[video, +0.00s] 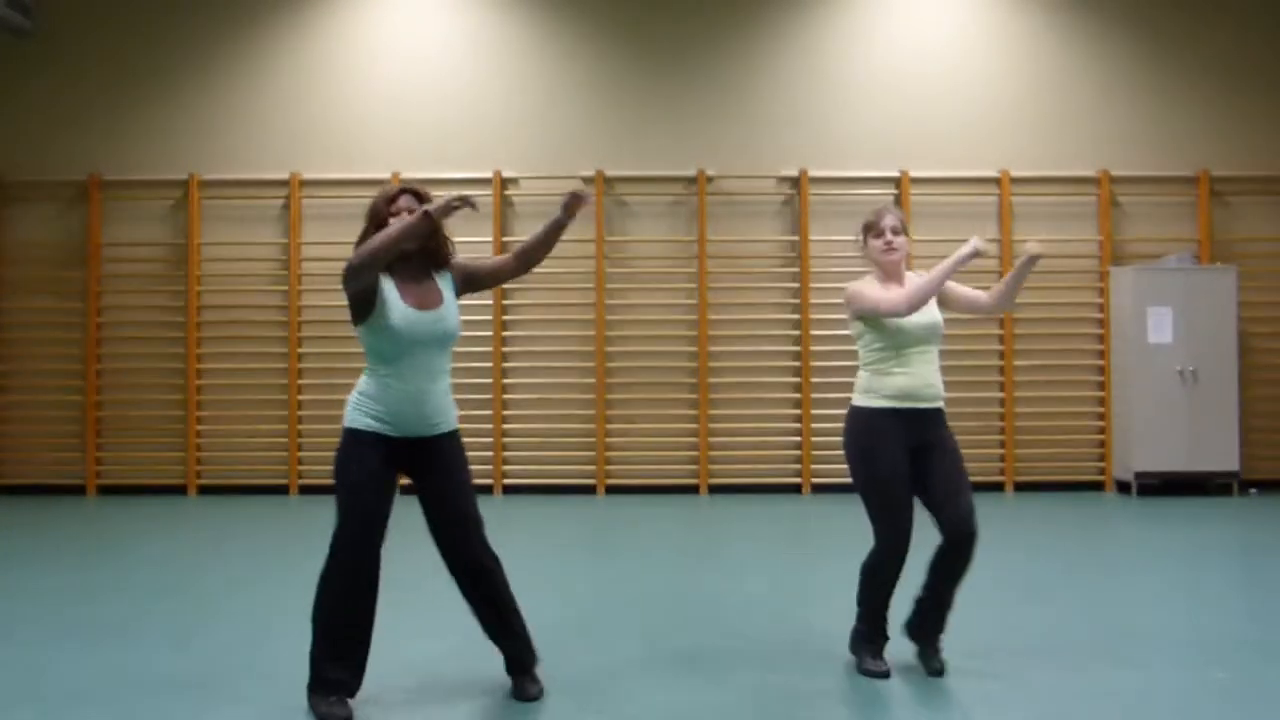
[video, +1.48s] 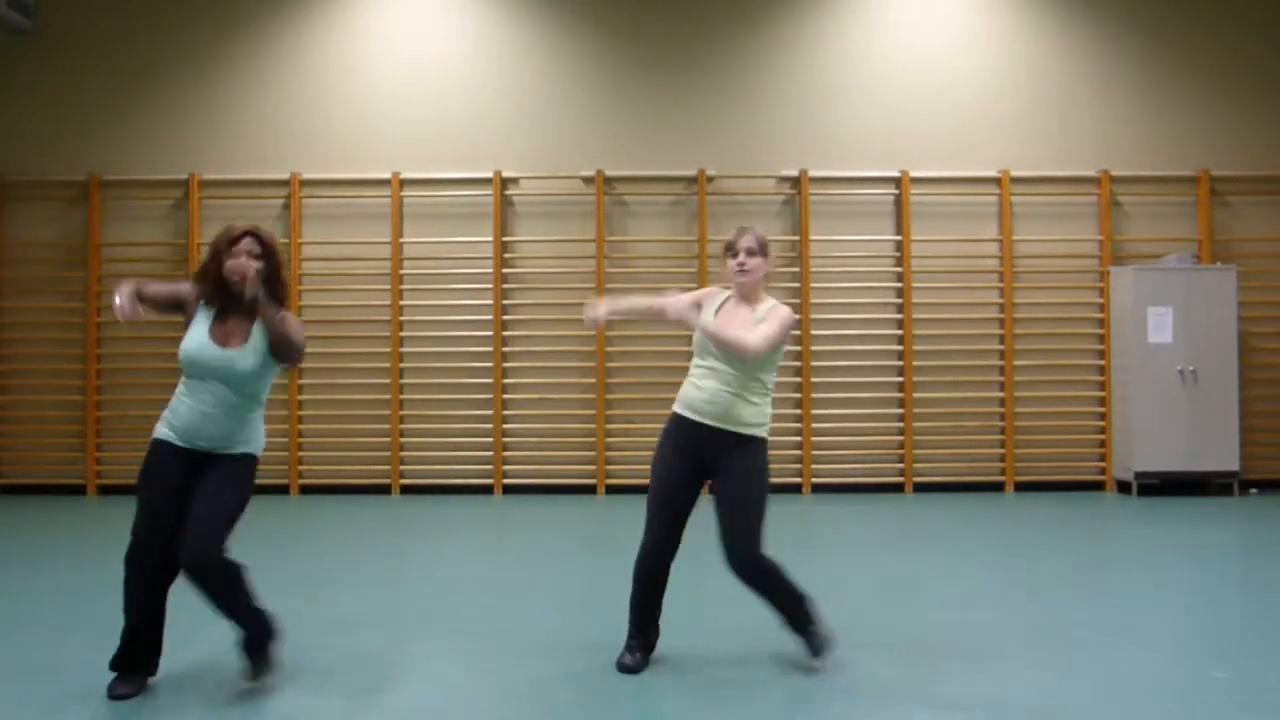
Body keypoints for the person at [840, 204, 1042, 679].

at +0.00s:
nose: (889, 239)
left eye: (896, 232)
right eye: (879, 234)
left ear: (909, 240)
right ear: (865, 246)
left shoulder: (929, 285)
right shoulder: (859, 292)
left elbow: (992, 303)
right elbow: (900, 304)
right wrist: (959, 258)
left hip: (928, 425)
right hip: (875, 426)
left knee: (961, 532)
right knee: (893, 538)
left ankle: (926, 630)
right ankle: (868, 642)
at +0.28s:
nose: (914, 259)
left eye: (921, 251)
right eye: (903, 254)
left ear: (933, 259)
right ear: (890, 266)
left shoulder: (959, 297)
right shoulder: (886, 320)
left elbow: (1006, 340)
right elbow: (918, 374)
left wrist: (1057, 348)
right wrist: (983, 359)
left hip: (982, 433)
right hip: (925, 441)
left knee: (1004, 545)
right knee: (950, 552)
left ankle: (1025, 649)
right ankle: (895, 633)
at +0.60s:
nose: (914, 250)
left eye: (922, 243)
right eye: (904, 244)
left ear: (936, 252)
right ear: (893, 254)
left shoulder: (954, 298)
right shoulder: (880, 299)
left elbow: (941, 351)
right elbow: (827, 322)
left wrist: (876, 321)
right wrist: (808, 309)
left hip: (963, 436)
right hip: (902, 439)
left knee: (988, 543)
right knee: (857, 532)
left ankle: (1026, 647)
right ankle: (857, 632)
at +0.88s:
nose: (863, 250)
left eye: (873, 244)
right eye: (855, 243)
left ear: (887, 253)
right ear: (843, 252)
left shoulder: (896, 301)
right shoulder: (834, 296)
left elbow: (857, 349)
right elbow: (791, 322)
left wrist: (790, 323)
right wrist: (764, 314)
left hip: (880, 434)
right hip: (826, 429)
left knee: (857, 548)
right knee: (811, 549)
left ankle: (915, 623)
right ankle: (827, 647)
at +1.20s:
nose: (803, 241)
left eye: (812, 236)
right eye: (796, 234)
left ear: (827, 248)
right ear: (785, 244)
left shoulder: (831, 292)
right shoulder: (771, 285)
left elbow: (783, 305)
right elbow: (736, 284)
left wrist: (744, 262)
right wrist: (711, 262)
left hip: (823, 433)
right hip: (767, 431)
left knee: (843, 539)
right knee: (706, 519)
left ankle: (870, 644)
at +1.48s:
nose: (742, 261)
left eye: (751, 255)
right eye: (735, 255)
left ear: (768, 263)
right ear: (726, 263)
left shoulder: (779, 313)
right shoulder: (709, 298)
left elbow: (751, 348)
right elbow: (659, 307)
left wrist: (697, 323)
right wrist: (608, 307)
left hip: (742, 443)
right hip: (686, 431)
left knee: (744, 557)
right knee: (656, 546)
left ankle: (806, 624)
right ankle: (639, 641)